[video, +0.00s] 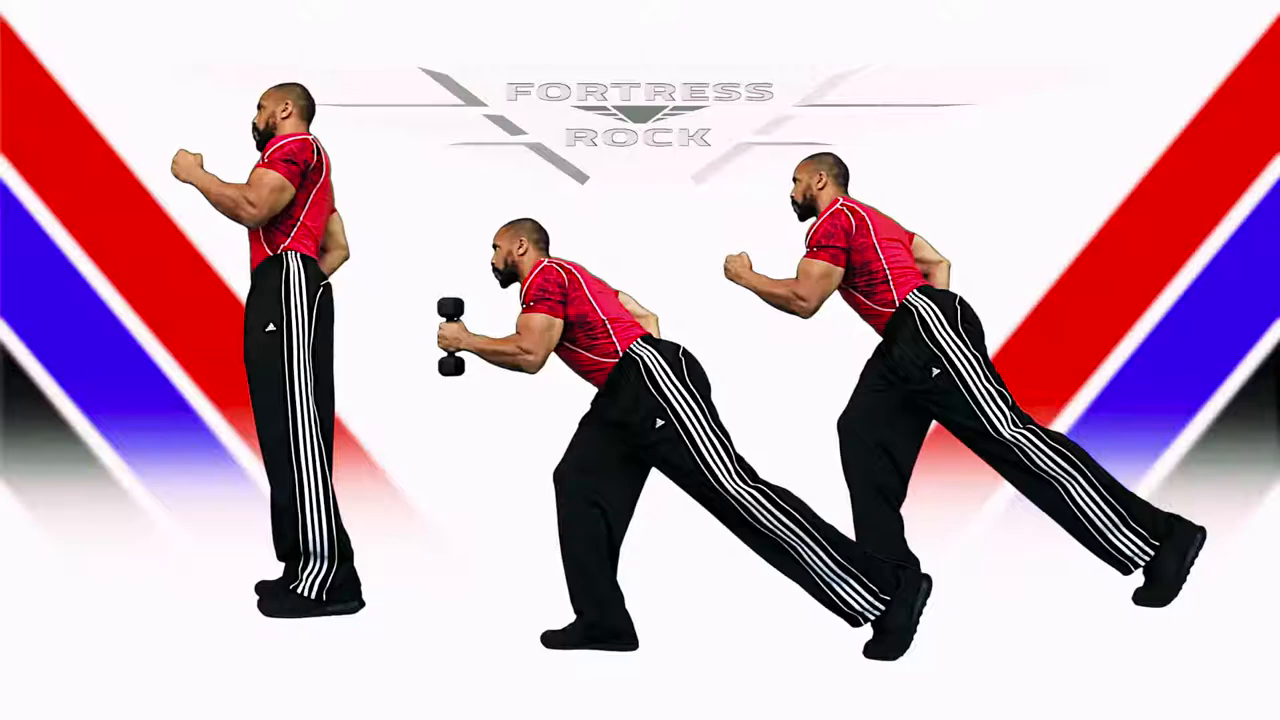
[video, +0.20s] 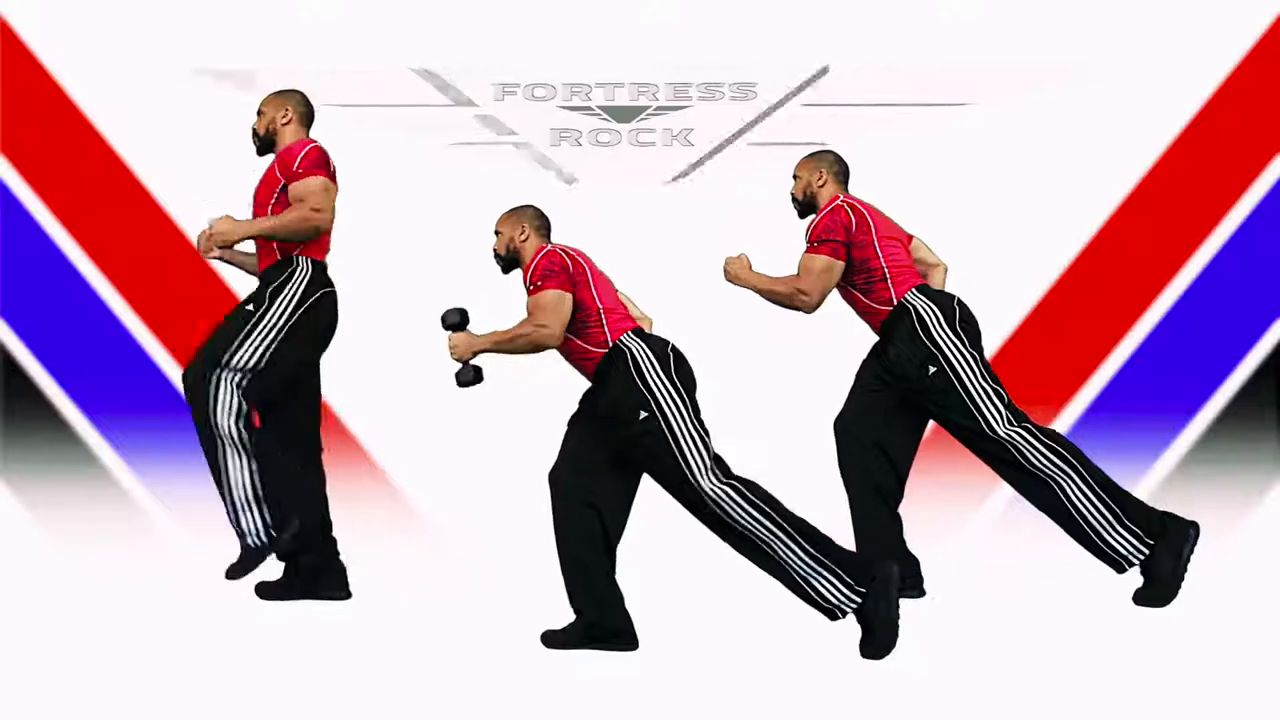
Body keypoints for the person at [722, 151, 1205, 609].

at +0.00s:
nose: (793, 190)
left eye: (800, 180)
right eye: (793, 182)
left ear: (826, 183)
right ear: (831, 188)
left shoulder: (836, 218)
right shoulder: (868, 221)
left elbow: (804, 298)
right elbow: (935, 263)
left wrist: (744, 277)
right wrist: (922, 335)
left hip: (926, 326)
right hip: (907, 344)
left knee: (1010, 438)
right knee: (862, 437)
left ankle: (1159, 541)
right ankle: (891, 577)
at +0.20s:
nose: (793, 190)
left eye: (799, 181)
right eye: (793, 182)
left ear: (825, 181)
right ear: (832, 185)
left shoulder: (835, 215)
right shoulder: (864, 219)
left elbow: (807, 294)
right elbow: (932, 266)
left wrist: (746, 278)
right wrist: (920, 334)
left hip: (923, 326)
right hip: (903, 344)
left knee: (1008, 438)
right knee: (859, 435)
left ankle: (1154, 539)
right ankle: (888, 563)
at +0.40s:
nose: (799, 163)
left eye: (805, 153)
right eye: (800, 155)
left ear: (829, 154)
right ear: (835, 156)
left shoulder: (849, 184)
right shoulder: (851, 202)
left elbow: (857, 256)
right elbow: (883, 284)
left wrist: (801, 307)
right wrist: (838, 318)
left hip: (912, 306)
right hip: (886, 322)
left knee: (915, 437)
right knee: (863, 438)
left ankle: (1052, 517)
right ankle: (889, 569)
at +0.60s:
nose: (817, 143)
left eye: (822, 133)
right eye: (818, 136)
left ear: (847, 131)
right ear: (850, 134)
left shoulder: (873, 162)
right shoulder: (853, 190)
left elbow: (916, 215)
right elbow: (830, 264)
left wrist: (913, 289)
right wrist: (780, 237)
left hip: (896, 285)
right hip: (903, 295)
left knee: (794, 344)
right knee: (877, 439)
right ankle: (893, 568)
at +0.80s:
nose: (825, 134)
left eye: (831, 124)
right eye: (826, 126)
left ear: (857, 123)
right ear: (857, 125)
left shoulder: (880, 156)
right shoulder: (861, 184)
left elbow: (931, 211)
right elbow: (822, 247)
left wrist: (933, 287)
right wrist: (782, 207)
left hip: (892, 273)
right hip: (888, 292)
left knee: (776, 290)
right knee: (871, 434)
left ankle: (790, 419)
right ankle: (892, 567)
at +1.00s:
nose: (828, 133)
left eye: (833, 123)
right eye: (829, 125)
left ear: (858, 123)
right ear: (860, 126)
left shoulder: (884, 156)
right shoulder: (864, 183)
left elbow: (934, 209)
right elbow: (822, 248)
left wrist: (940, 287)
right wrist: (782, 206)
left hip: (894, 274)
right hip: (890, 291)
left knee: (774, 294)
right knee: (868, 431)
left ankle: (781, 422)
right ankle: (891, 566)